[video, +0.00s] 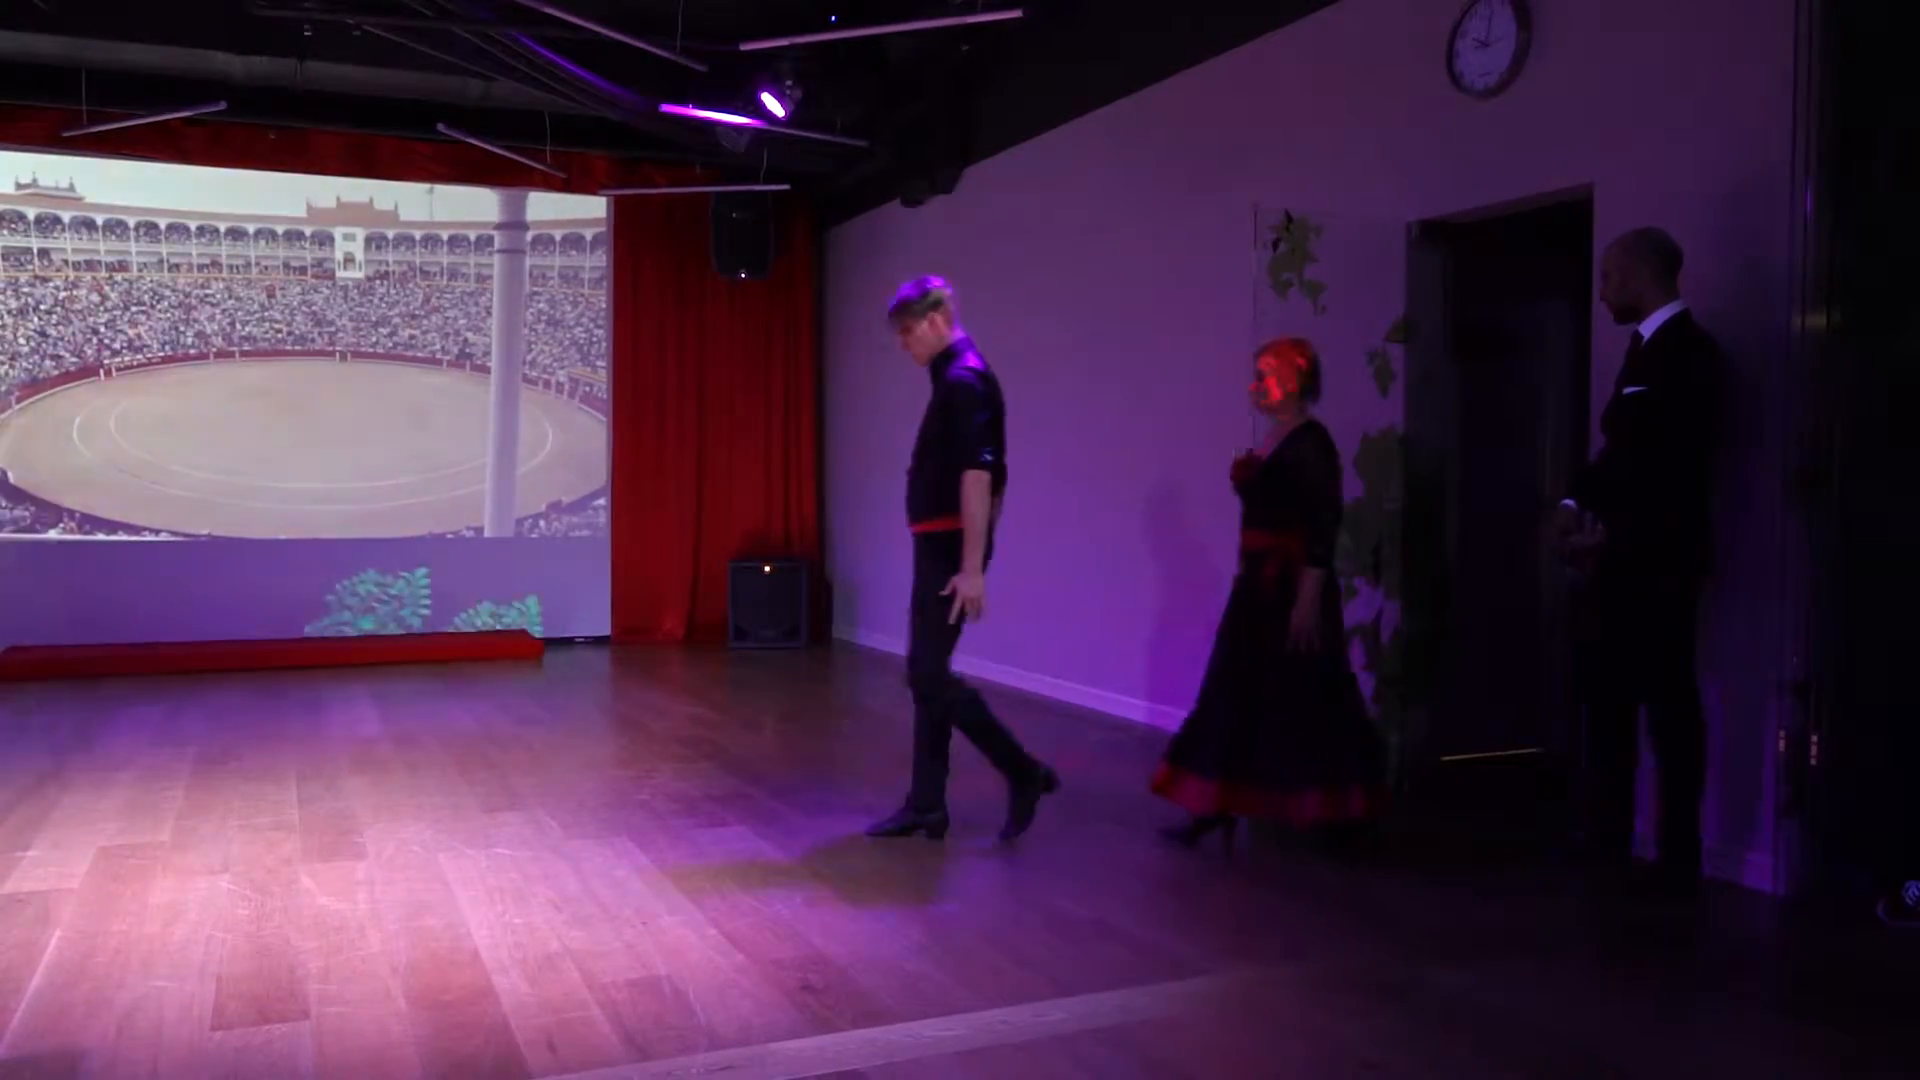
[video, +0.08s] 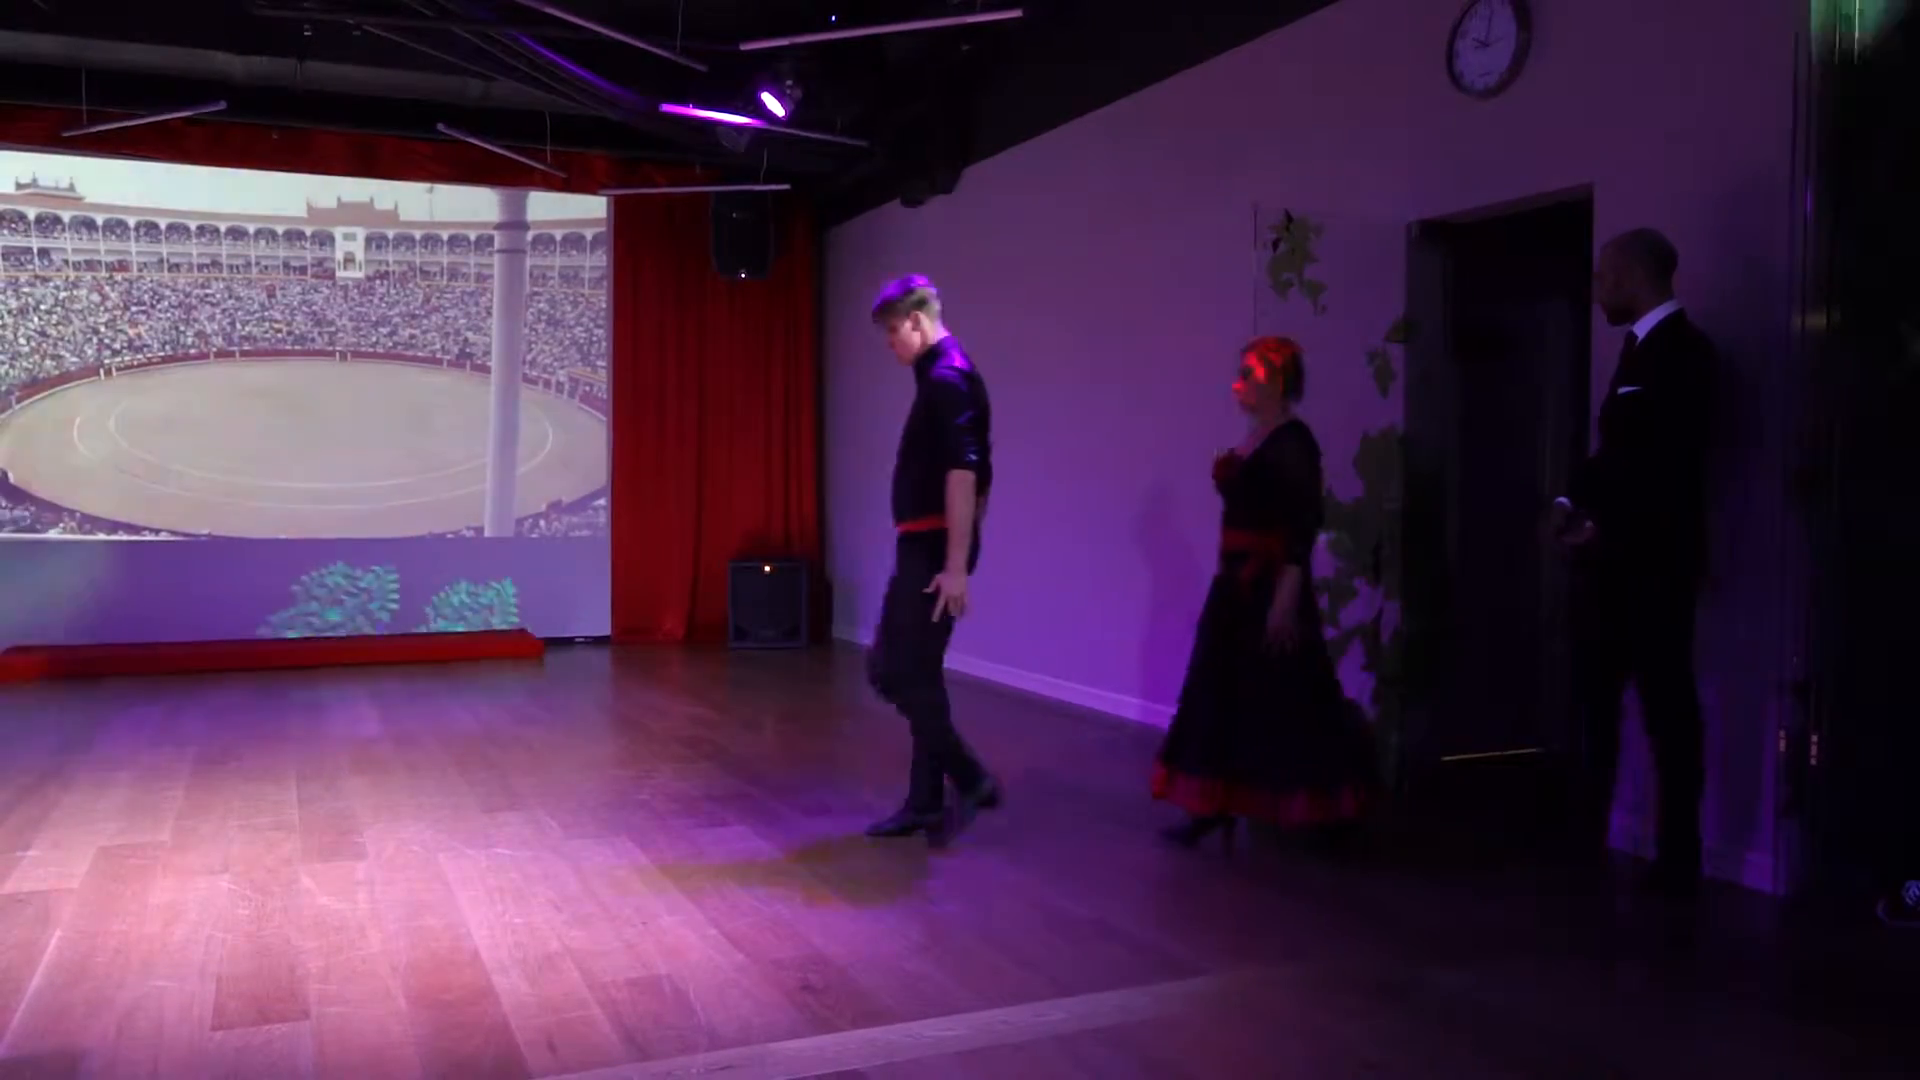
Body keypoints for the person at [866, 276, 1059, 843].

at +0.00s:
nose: (904, 343)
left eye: (909, 330)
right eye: (900, 333)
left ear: (940, 320)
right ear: (937, 324)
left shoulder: (964, 381)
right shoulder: (956, 375)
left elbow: (978, 479)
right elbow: (964, 474)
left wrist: (973, 570)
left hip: (949, 546)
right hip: (936, 541)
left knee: (930, 674)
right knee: (928, 676)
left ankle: (1025, 773)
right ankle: (925, 805)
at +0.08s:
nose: (891, 344)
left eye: (894, 331)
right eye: (887, 333)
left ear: (921, 321)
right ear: (917, 323)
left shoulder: (948, 380)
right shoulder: (944, 374)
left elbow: (963, 476)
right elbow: (960, 475)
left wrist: (956, 566)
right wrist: (935, 558)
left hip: (931, 549)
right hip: (924, 545)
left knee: (900, 670)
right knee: (913, 672)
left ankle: (969, 781)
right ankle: (925, 799)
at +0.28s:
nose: (850, 343)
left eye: (855, 330)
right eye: (846, 332)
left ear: (884, 319)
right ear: (885, 321)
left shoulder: (909, 379)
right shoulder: (915, 371)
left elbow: (928, 473)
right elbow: (935, 474)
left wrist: (918, 564)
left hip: (890, 548)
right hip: (911, 545)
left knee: (840, 662)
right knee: (911, 673)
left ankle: (828, 802)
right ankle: (926, 806)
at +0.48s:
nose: (809, 344)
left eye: (812, 330)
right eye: (805, 333)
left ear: (842, 320)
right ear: (846, 322)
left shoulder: (870, 377)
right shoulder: (875, 371)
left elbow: (889, 470)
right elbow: (900, 469)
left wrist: (881, 562)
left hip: (857, 543)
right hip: (877, 540)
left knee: (832, 672)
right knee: (899, 672)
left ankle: (805, 802)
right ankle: (923, 801)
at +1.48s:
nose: (567, 360)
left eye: (568, 348)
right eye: (564, 349)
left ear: (593, 337)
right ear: (604, 336)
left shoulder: (610, 392)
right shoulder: (648, 386)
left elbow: (625, 482)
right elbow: (683, 487)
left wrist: (639, 568)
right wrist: (663, 564)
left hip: (597, 555)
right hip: (620, 552)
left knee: (547, 674)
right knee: (569, 676)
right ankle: (567, 799)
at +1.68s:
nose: (514, 362)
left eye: (516, 350)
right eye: (512, 351)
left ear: (544, 338)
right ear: (551, 338)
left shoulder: (560, 393)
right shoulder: (596, 388)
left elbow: (574, 483)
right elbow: (634, 484)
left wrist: (578, 566)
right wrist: (616, 561)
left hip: (537, 557)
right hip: (574, 557)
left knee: (464, 660)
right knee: (542, 675)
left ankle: (445, 794)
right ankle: (567, 801)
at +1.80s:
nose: (482, 359)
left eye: (484, 346)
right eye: (480, 348)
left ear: (510, 337)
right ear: (520, 337)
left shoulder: (528, 393)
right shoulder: (566, 390)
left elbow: (543, 480)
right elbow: (610, 477)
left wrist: (544, 562)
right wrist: (587, 549)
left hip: (504, 557)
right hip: (545, 556)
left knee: (458, 676)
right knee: (530, 677)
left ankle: (417, 797)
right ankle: (566, 800)